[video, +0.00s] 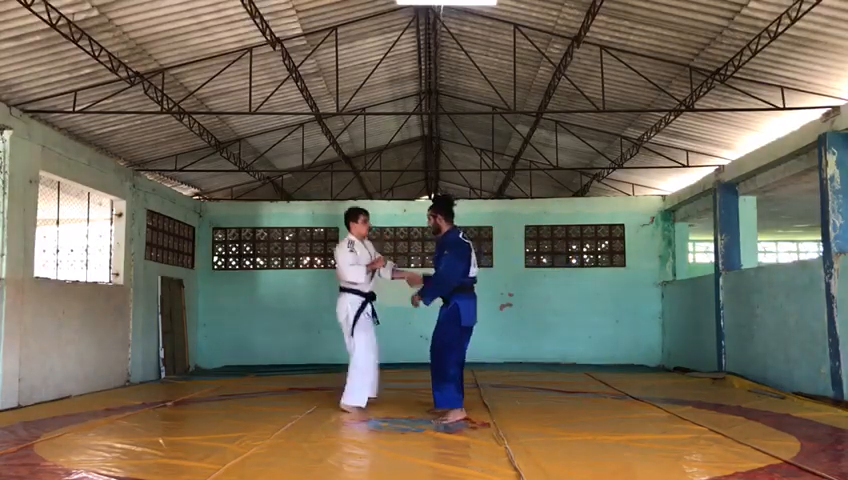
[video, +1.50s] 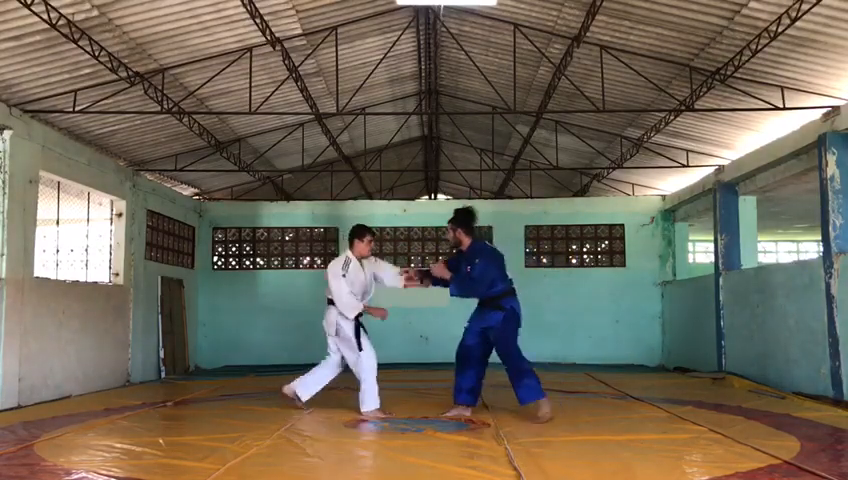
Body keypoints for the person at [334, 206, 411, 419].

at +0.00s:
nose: (368, 226)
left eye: (368, 222)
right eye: (364, 222)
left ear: (360, 224)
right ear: (352, 224)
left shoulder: (367, 246)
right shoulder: (345, 247)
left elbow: (385, 270)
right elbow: (349, 274)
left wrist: (407, 276)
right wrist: (371, 267)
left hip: (365, 301)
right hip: (351, 302)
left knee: (369, 349)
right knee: (362, 351)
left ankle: (362, 395)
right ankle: (350, 401)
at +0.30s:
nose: (356, 231)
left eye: (356, 227)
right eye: (352, 227)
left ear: (347, 230)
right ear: (340, 229)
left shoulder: (353, 253)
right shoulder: (330, 253)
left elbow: (349, 282)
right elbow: (329, 285)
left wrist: (363, 291)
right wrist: (357, 287)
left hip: (348, 308)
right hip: (336, 308)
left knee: (334, 355)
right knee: (347, 358)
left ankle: (297, 390)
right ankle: (333, 407)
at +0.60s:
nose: (344, 230)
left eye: (344, 226)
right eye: (340, 226)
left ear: (330, 229)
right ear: (329, 228)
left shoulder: (325, 249)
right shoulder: (323, 249)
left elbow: (321, 281)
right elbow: (321, 282)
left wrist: (341, 288)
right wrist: (342, 302)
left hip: (308, 303)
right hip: (318, 305)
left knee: (302, 353)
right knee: (329, 354)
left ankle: (287, 402)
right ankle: (331, 404)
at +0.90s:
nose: (339, 233)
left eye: (339, 229)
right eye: (336, 228)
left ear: (324, 231)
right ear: (324, 229)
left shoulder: (316, 248)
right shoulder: (317, 248)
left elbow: (315, 279)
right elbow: (314, 278)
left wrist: (331, 294)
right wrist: (331, 297)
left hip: (299, 301)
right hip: (309, 303)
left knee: (297, 353)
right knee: (327, 351)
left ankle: (286, 402)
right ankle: (322, 402)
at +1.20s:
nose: (349, 238)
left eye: (350, 234)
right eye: (347, 234)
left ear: (335, 234)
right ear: (334, 233)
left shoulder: (326, 251)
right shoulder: (326, 252)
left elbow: (327, 283)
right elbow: (327, 284)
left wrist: (349, 292)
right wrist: (350, 292)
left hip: (313, 307)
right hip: (322, 309)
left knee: (306, 357)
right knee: (342, 356)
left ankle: (288, 403)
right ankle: (359, 401)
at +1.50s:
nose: (371, 246)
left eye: (372, 242)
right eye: (368, 242)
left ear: (364, 244)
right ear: (355, 242)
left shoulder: (369, 262)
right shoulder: (338, 266)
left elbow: (388, 273)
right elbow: (343, 298)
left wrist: (406, 277)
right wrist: (368, 309)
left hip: (346, 315)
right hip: (339, 316)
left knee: (335, 361)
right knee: (366, 358)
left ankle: (296, 389)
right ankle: (369, 408)